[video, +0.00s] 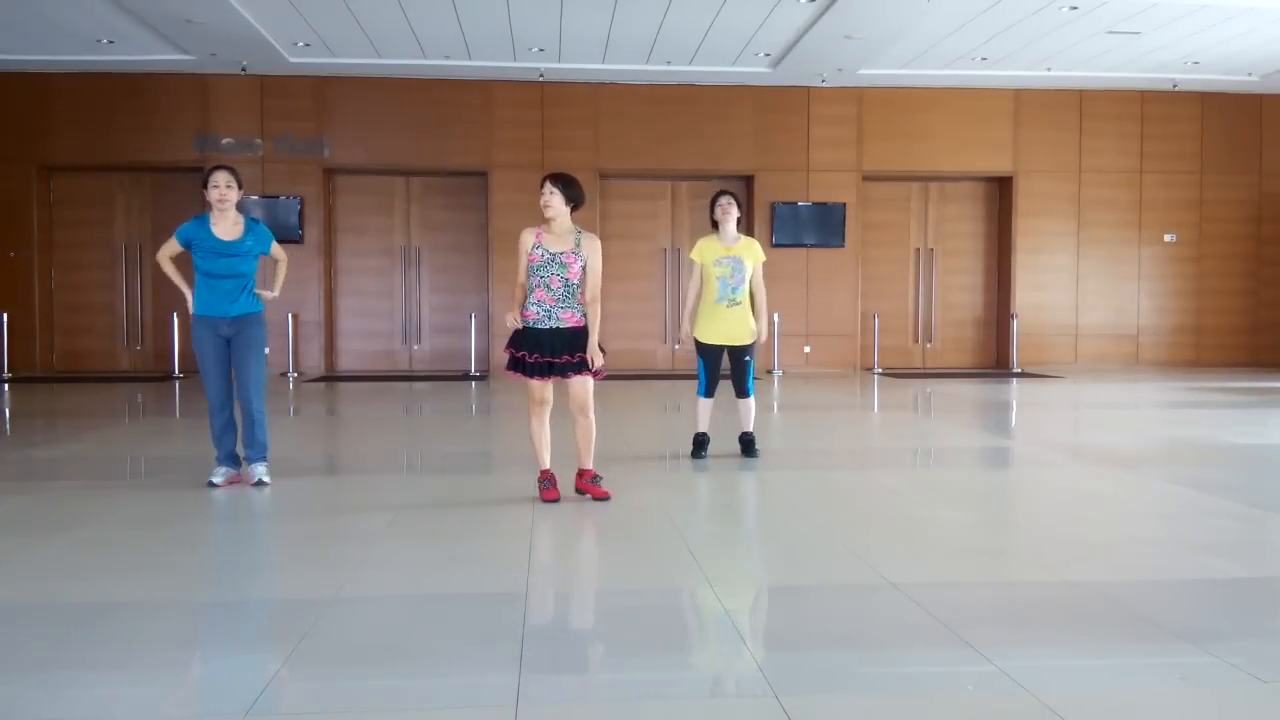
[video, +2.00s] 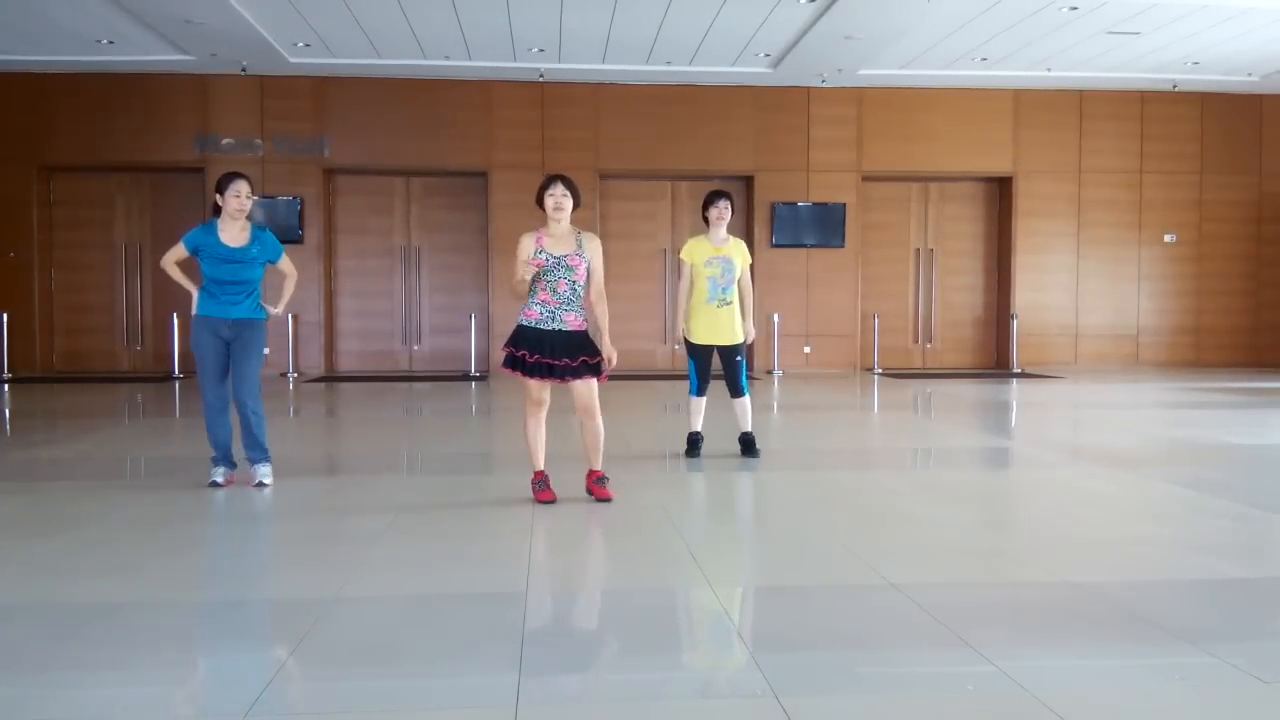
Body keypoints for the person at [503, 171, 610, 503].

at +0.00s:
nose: (544, 198)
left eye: (551, 193)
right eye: (542, 194)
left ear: (569, 199)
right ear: (540, 200)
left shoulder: (589, 242)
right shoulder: (530, 238)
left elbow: (593, 296)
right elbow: (521, 284)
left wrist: (593, 342)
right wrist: (515, 309)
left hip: (575, 334)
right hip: (535, 334)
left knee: (584, 407)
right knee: (541, 404)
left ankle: (586, 474)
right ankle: (546, 474)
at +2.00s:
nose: (558, 201)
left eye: (564, 196)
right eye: (551, 196)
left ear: (574, 203)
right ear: (542, 203)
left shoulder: (590, 242)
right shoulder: (529, 241)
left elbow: (597, 295)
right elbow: (519, 292)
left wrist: (605, 339)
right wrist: (524, 279)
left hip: (577, 335)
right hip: (536, 334)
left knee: (590, 409)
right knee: (537, 405)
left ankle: (596, 475)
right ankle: (540, 476)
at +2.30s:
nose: (566, 196)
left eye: (573, 191)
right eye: (560, 191)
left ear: (583, 198)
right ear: (551, 199)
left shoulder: (599, 235)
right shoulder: (539, 239)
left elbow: (611, 289)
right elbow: (542, 289)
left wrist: (614, 333)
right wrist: (524, 284)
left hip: (590, 331)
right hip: (550, 330)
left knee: (592, 406)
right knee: (550, 402)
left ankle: (600, 475)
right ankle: (552, 475)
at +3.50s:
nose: (562, 199)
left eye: (568, 194)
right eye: (556, 194)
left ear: (578, 200)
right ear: (546, 200)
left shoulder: (588, 244)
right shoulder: (533, 236)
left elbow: (595, 298)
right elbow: (504, 278)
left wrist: (606, 343)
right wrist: (493, 323)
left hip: (578, 334)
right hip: (540, 334)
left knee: (593, 401)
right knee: (541, 403)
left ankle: (590, 476)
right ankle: (541, 476)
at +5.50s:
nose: (567, 205)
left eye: (574, 200)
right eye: (561, 200)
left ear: (584, 206)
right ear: (551, 206)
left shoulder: (599, 246)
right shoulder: (539, 243)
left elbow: (608, 298)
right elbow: (494, 267)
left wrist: (615, 344)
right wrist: (524, 288)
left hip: (584, 339)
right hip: (545, 337)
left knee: (594, 411)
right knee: (545, 404)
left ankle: (600, 475)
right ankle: (545, 477)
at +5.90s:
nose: (577, 201)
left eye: (584, 196)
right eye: (571, 196)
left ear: (593, 203)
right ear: (562, 202)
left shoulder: (609, 240)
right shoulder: (548, 240)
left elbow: (621, 292)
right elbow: (509, 274)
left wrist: (630, 340)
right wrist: (539, 311)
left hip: (605, 333)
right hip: (565, 334)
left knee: (603, 407)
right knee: (564, 408)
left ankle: (604, 476)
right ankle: (557, 475)